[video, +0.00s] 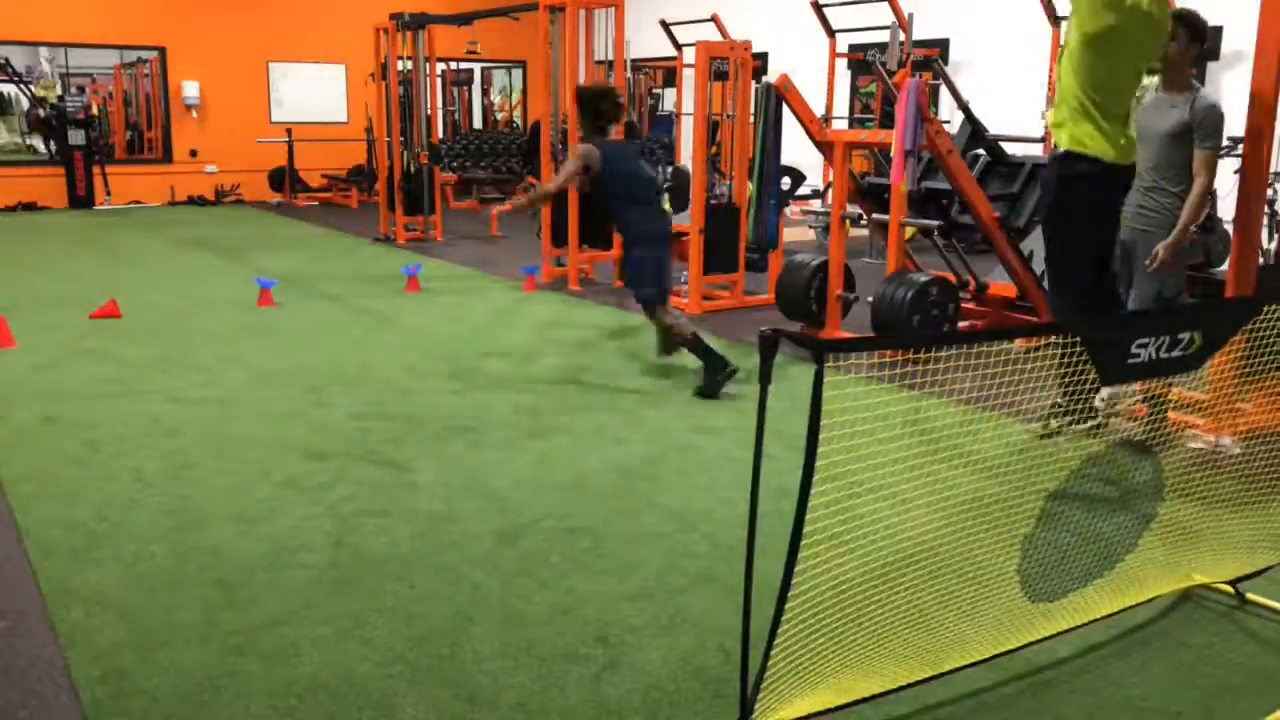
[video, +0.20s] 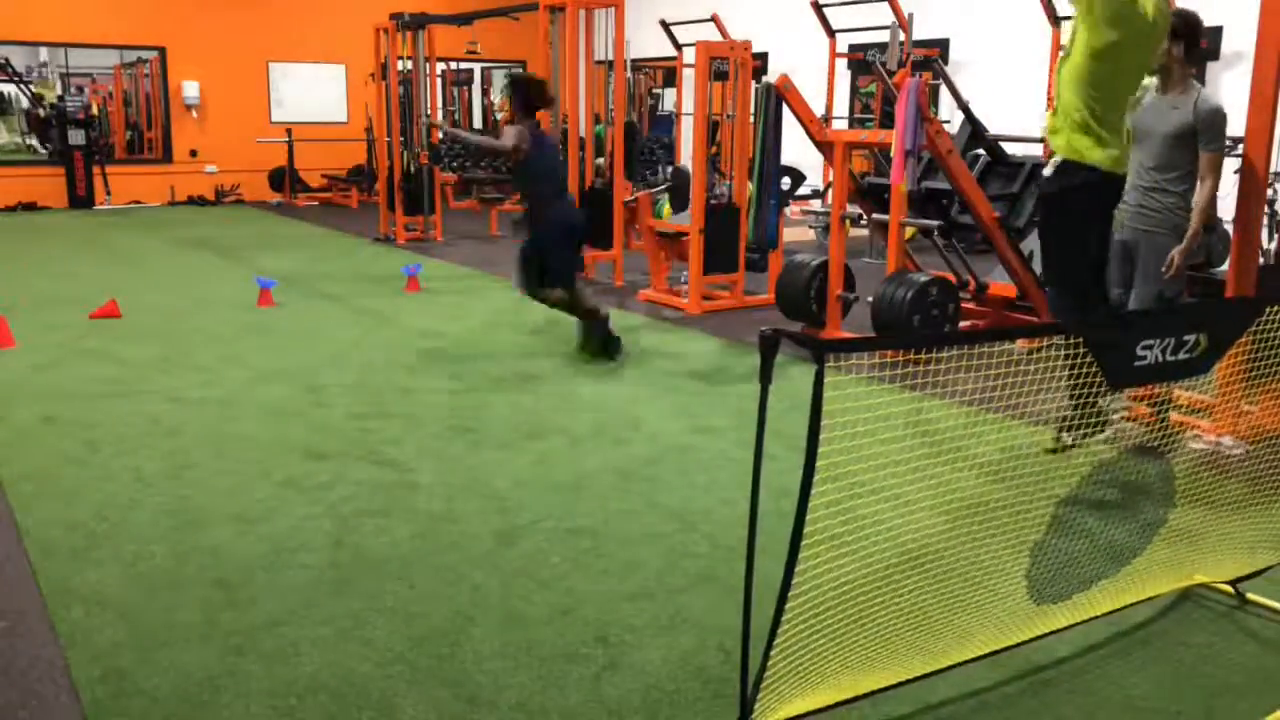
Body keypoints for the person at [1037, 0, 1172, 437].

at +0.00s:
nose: (1173, 50)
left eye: (1182, 45)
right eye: (1176, 42)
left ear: (1195, 52)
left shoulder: (1099, 8)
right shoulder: (1157, 13)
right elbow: (1155, 61)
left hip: (1080, 160)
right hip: (1112, 161)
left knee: (1070, 288)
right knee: (1092, 284)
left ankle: (1075, 400)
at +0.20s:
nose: (1169, 54)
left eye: (1177, 50)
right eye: (1171, 48)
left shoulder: (1105, 7)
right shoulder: (1157, 11)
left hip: (1078, 167)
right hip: (1107, 169)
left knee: (1068, 296)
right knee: (1086, 294)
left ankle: (1084, 410)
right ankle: (1086, 408)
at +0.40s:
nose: (1070, 72)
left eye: (1075, 63)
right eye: (1071, 64)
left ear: (1089, 67)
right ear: (1118, 70)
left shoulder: (1099, 111)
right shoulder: (1127, 116)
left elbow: (1042, 48)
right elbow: (1062, 65)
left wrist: (1082, 8)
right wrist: (1078, 23)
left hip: (1079, 272)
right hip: (1104, 270)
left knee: (1026, 376)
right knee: (1074, 369)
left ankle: (1083, 480)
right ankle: (1100, 458)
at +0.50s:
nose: (1070, 84)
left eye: (1073, 73)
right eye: (1068, 75)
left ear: (1094, 71)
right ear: (1105, 70)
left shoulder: (1113, 113)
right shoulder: (1122, 116)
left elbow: (1031, 87)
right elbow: (1051, 93)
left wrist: (1058, 35)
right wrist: (1065, 35)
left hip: (1077, 271)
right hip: (1088, 269)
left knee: (1027, 375)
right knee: (1051, 374)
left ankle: (1082, 481)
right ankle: (1090, 470)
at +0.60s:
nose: (1068, 68)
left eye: (1074, 58)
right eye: (1066, 58)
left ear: (1106, 55)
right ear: (1103, 58)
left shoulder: (1127, 99)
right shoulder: (1101, 101)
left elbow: (1034, 125)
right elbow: (1033, 123)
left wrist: (1019, 66)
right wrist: (1018, 66)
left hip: (1084, 258)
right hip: (1060, 250)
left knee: (1047, 366)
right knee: (1030, 362)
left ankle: (1087, 480)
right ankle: (1081, 465)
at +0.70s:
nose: (1064, 54)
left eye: (1075, 46)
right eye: (1065, 45)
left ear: (1109, 51)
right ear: (1089, 52)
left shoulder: (1115, 99)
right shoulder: (1081, 101)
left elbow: (1069, 168)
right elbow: (1049, 159)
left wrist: (1013, 142)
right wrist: (1004, 143)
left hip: (1087, 259)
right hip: (1051, 251)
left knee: (1070, 368)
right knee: (1011, 351)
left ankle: (1090, 481)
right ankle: (1039, 445)